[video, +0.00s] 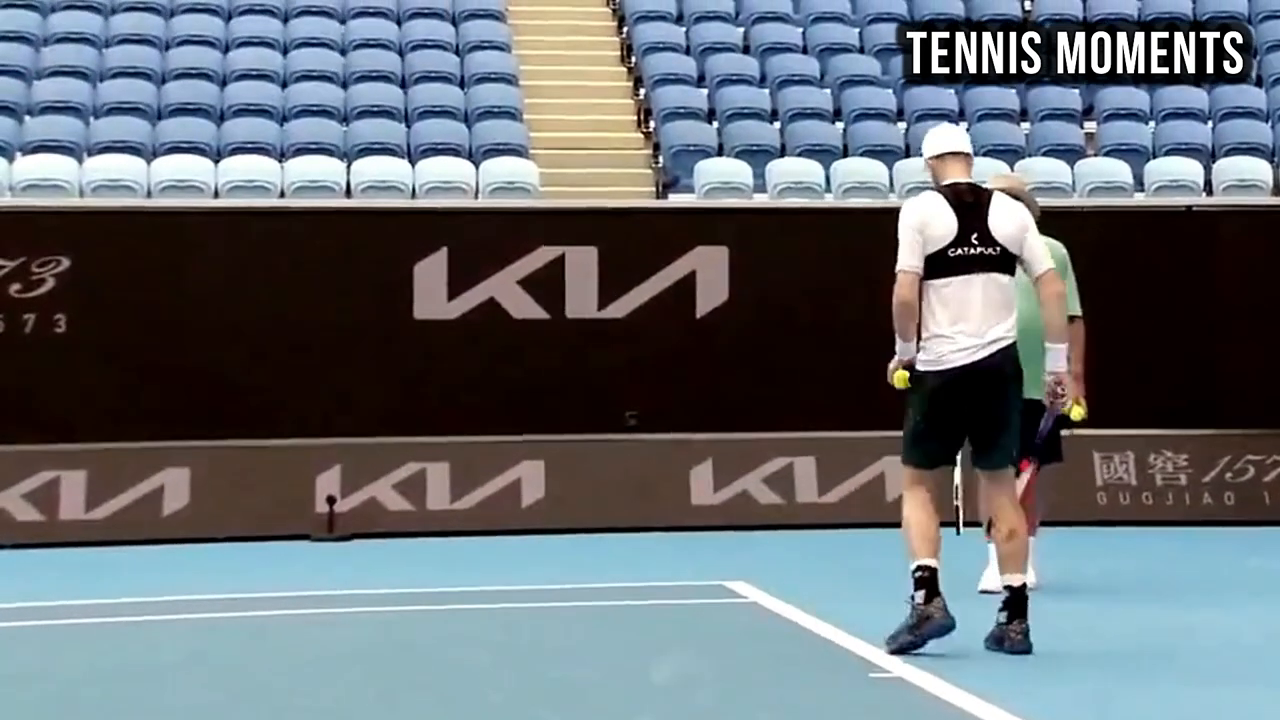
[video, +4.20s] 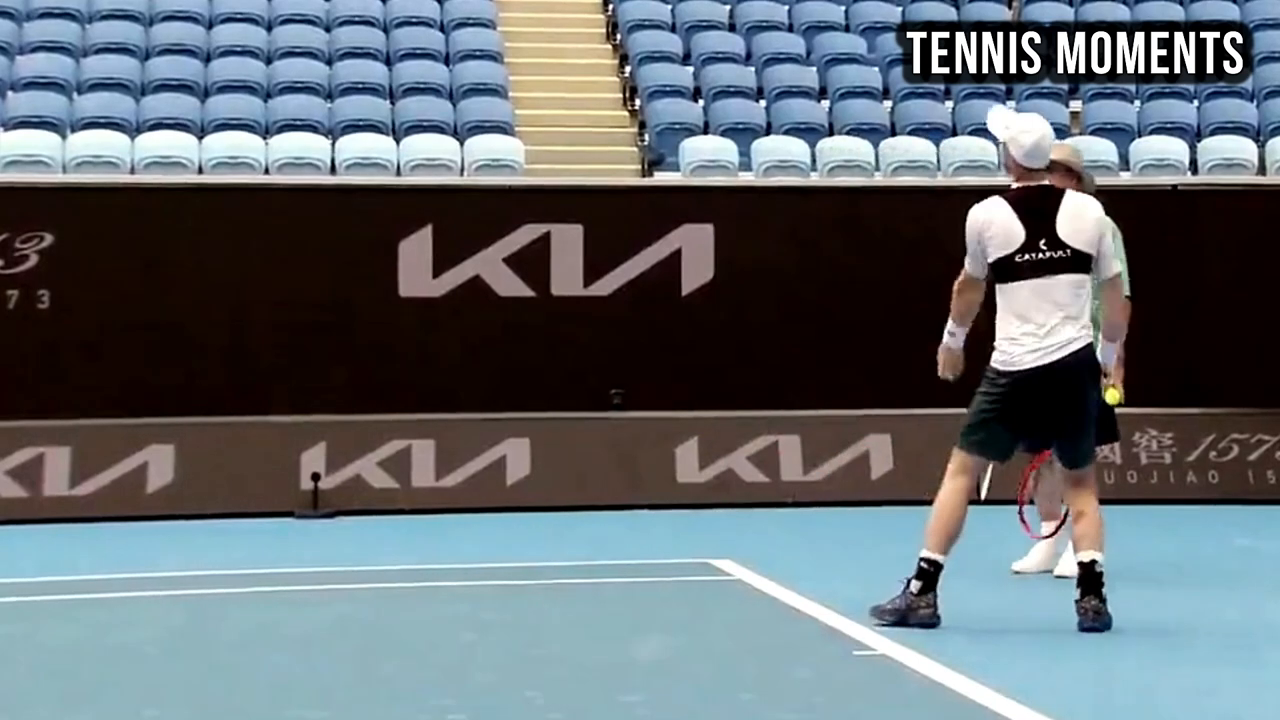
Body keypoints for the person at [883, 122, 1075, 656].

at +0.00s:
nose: (935, 168)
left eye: (929, 162)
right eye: (952, 157)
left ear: (930, 165)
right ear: (971, 160)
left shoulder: (918, 210)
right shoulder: (1011, 209)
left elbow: (906, 290)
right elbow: (1050, 286)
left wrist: (905, 352)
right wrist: (1058, 364)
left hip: (939, 374)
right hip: (1000, 369)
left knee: (919, 484)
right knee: (1002, 491)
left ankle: (928, 602)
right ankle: (1015, 619)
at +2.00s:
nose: (959, 153)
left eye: (958, 146)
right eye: (960, 146)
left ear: (966, 141)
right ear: (1004, 134)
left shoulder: (970, 186)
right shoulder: (1049, 192)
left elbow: (961, 266)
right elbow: (1069, 282)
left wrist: (938, 343)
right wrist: (1053, 340)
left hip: (976, 351)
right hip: (1035, 352)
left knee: (949, 462)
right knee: (1026, 466)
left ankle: (956, 594)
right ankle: (1030, 600)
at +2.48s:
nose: (881, 162)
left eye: (883, 151)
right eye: (879, 152)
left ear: (905, 146)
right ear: (926, 146)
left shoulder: (902, 202)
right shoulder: (984, 189)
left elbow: (896, 289)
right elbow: (1018, 271)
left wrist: (879, 370)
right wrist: (1015, 342)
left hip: (942, 353)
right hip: (1003, 348)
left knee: (920, 467)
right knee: (1008, 467)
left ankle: (914, 592)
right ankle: (1026, 594)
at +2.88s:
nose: (822, 173)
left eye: (825, 163)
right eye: (821, 164)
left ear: (849, 161)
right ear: (867, 160)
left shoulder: (848, 219)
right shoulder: (922, 190)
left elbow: (849, 309)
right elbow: (972, 269)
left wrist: (842, 392)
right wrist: (950, 324)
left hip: (919, 353)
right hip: (975, 337)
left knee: (909, 472)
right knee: (994, 458)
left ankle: (914, 595)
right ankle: (1027, 583)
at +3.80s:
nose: (894, 187)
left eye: (898, 177)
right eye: (894, 178)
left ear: (918, 178)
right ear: (938, 178)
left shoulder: (914, 238)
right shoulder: (992, 204)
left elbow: (910, 329)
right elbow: (1005, 300)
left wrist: (902, 409)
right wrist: (958, 383)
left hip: (986, 361)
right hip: (1046, 350)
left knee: (944, 472)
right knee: (1056, 474)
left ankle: (915, 595)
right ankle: (1090, 595)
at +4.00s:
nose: (944, 177)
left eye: (948, 167)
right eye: (946, 167)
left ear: (967, 170)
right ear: (993, 168)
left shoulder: (956, 234)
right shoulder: (1045, 205)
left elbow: (969, 323)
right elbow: (1058, 286)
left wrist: (976, 395)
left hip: (1011, 373)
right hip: (1071, 363)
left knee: (959, 476)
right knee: (1076, 481)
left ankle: (917, 593)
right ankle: (1092, 597)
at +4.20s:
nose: (1002, 157)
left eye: (1002, 153)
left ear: (1007, 160)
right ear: (1050, 159)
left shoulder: (986, 216)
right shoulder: (1090, 212)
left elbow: (970, 288)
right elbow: (1115, 295)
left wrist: (952, 341)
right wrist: (1110, 353)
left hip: (1012, 373)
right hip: (1074, 369)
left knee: (962, 471)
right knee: (1081, 484)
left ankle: (921, 592)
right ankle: (1092, 597)